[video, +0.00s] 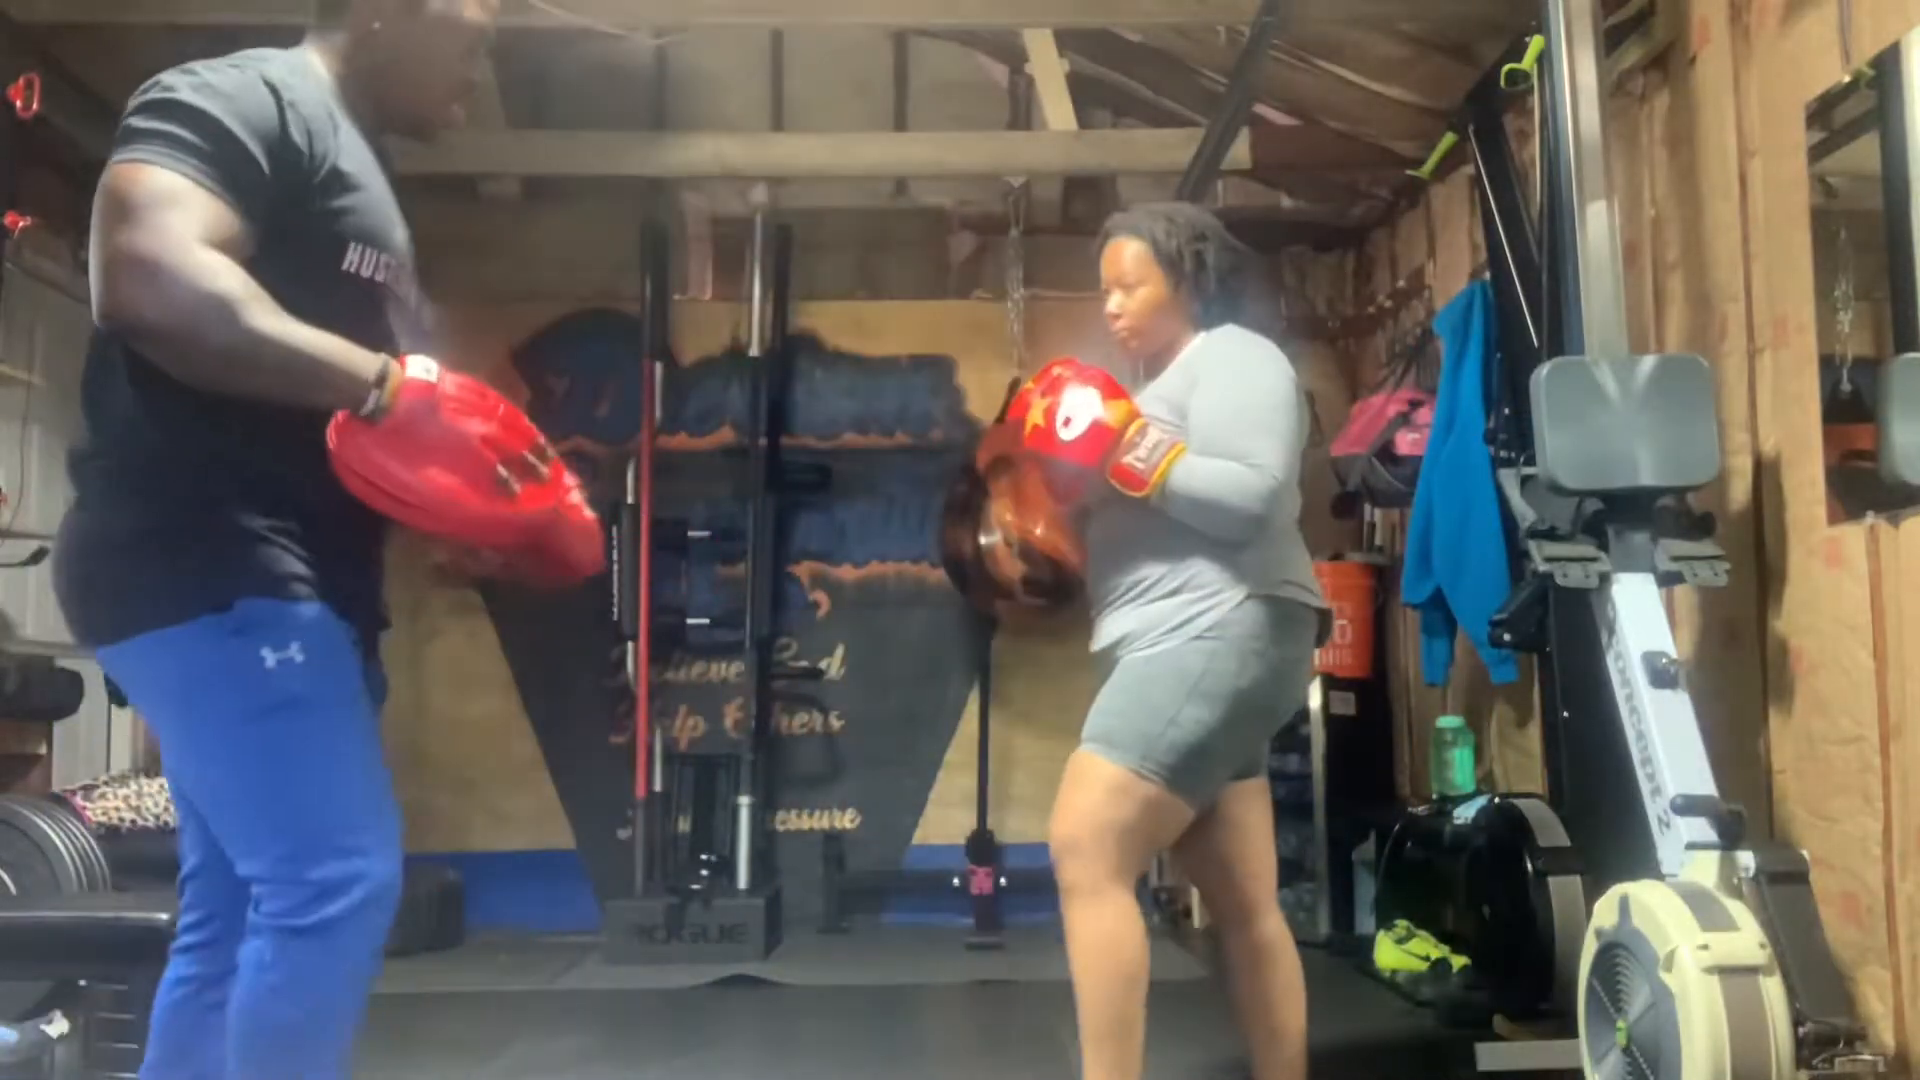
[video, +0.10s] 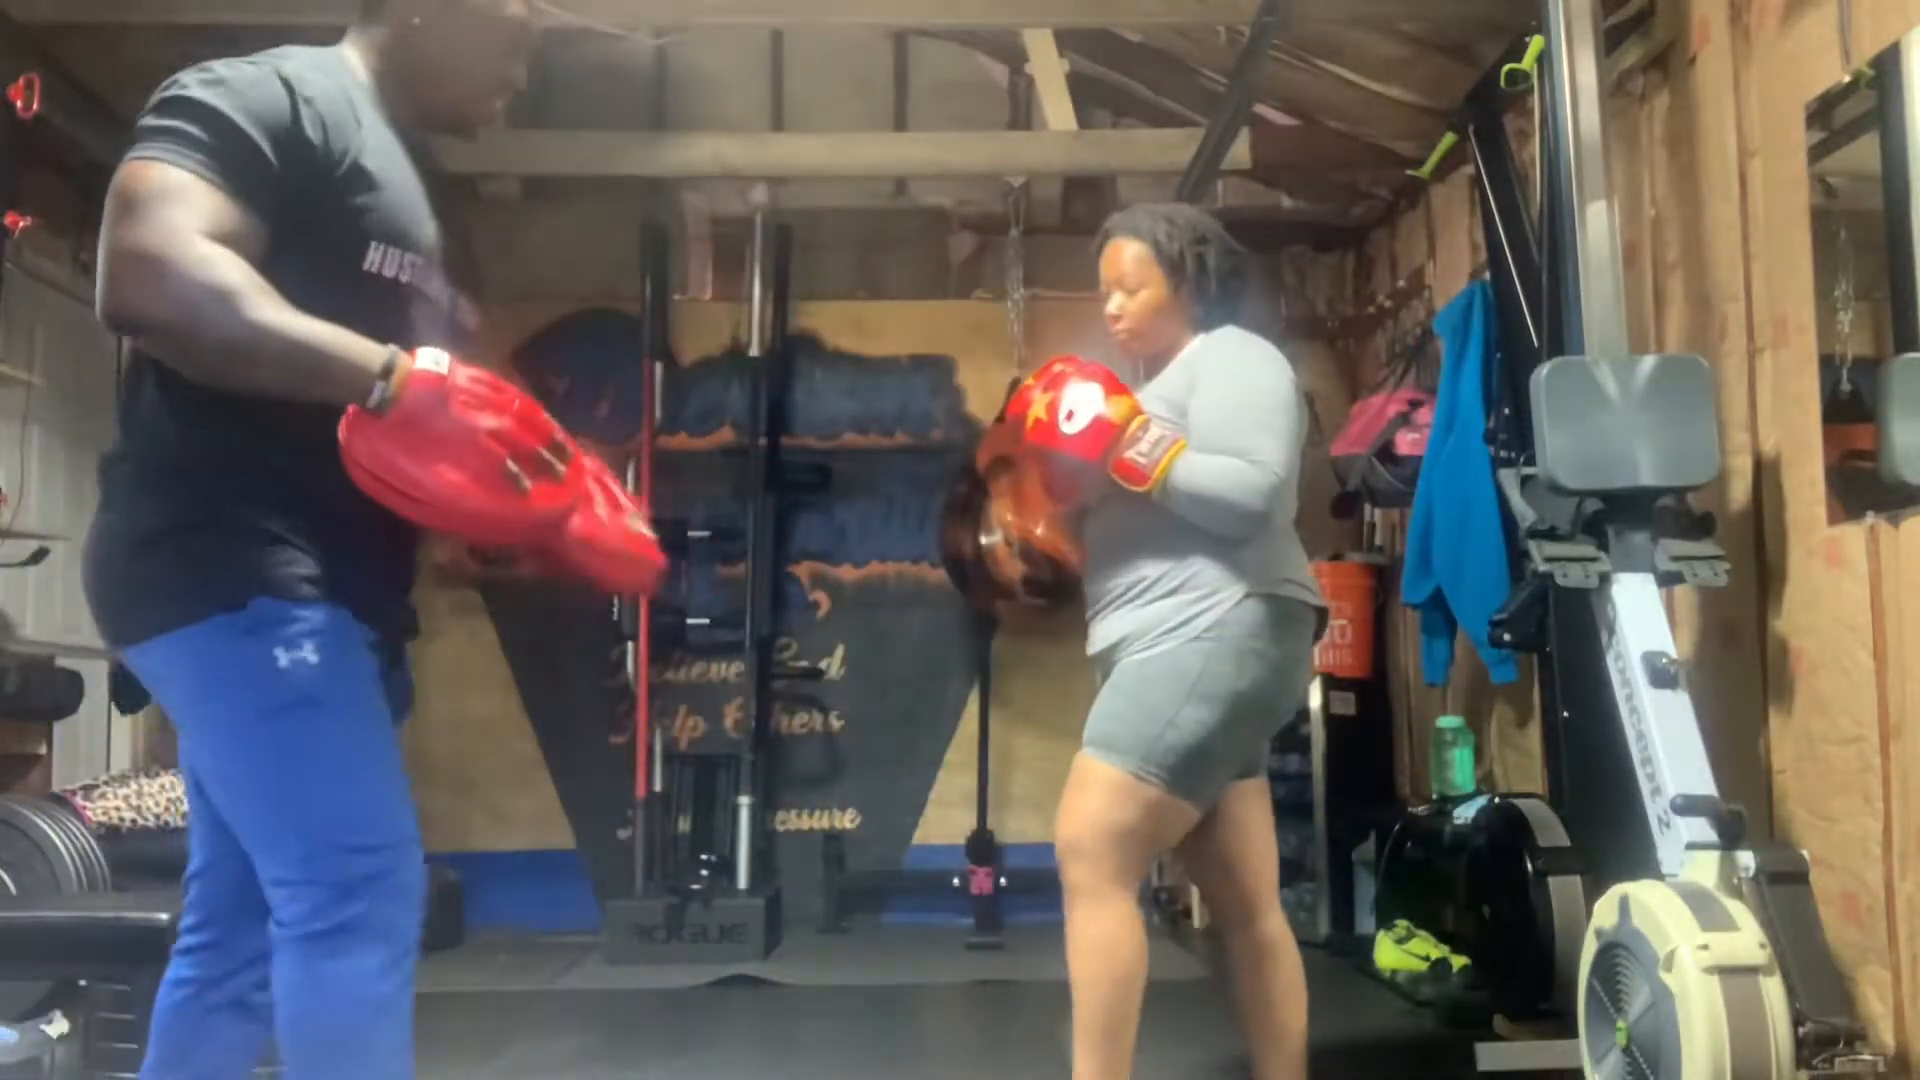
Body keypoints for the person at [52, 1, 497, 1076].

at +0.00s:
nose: (474, 81)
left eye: (483, 53)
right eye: (475, 41)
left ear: (404, 17)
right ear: (406, 9)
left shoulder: (356, 182)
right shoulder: (235, 93)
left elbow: (389, 393)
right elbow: (150, 277)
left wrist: (484, 494)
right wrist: (383, 388)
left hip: (282, 567)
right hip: (201, 561)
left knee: (228, 911)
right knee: (330, 880)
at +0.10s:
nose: (519, 81)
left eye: (530, 56)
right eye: (519, 40)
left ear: (439, 19)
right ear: (436, 7)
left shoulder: (404, 189)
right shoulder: (260, 91)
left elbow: (432, 400)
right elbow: (146, 267)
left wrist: (536, 503)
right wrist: (390, 379)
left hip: (318, 579)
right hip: (224, 571)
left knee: (236, 934)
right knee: (355, 897)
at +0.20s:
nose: (569, 75)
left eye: (580, 49)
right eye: (564, 34)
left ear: (474, 19)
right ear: (466, 7)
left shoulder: (491, 208)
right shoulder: (300, 96)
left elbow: (488, 423)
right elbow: (167, 278)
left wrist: (589, 513)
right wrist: (410, 384)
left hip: (383, 600)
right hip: (272, 586)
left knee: (260, 949)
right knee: (398, 909)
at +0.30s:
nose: (638, 54)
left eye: (644, 34)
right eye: (627, 19)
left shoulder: (564, 223)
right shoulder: (350, 91)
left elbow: (576, 429)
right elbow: (212, 281)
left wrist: (667, 532)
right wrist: (463, 386)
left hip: (460, 617)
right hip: (338, 597)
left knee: (314, 960)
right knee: (459, 926)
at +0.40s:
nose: (695, 40)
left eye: (702, 20)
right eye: (687, 9)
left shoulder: (630, 199)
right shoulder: (421, 63)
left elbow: (640, 406)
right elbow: (290, 259)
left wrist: (726, 527)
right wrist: (548, 366)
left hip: (542, 605)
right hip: (408, 593)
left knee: (460, 938)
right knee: (526, 941)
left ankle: (301, 1079)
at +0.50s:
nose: (756, 31)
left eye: (763, 19)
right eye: (750, 8)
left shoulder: (675, 159)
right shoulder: (496, 30)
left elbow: (711, 377)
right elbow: (404, 227)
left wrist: (813, 508)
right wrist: (666, 341)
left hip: (635, 595)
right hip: (484, 588)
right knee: (559, 958)